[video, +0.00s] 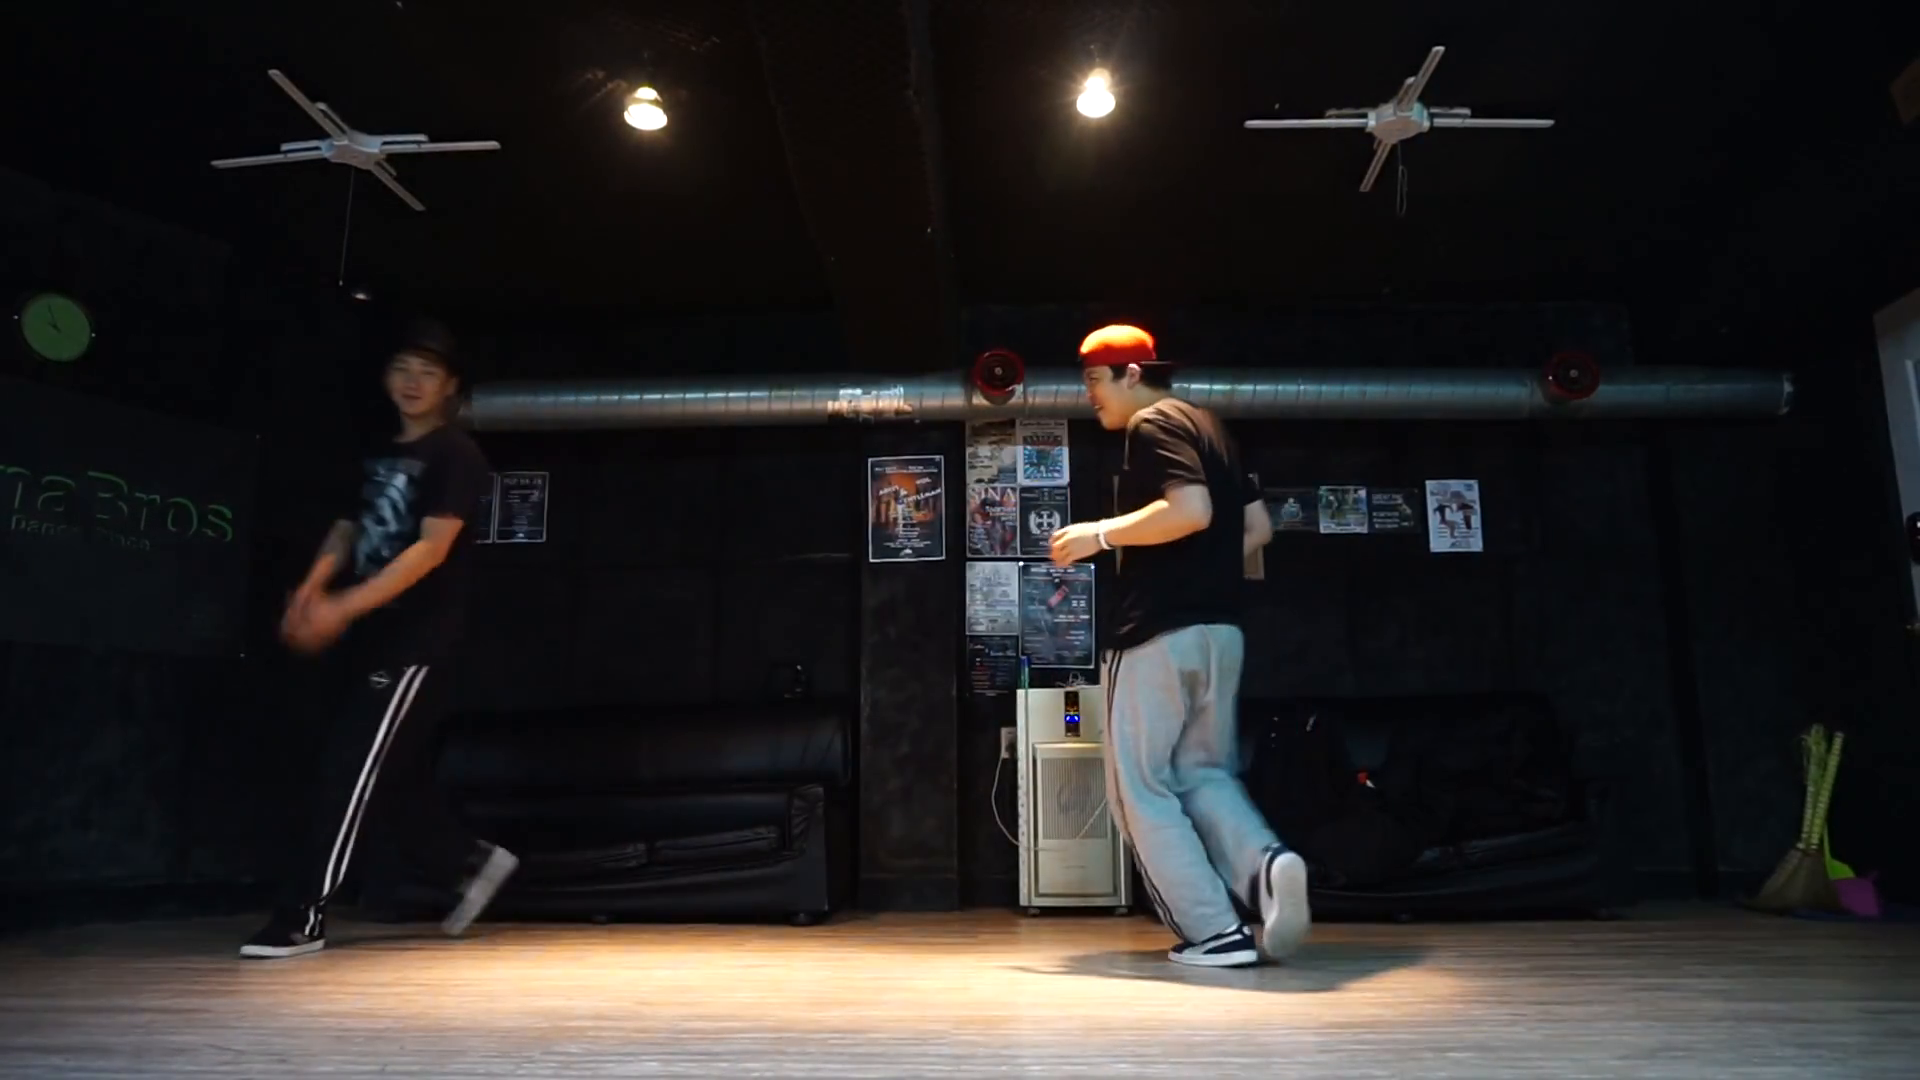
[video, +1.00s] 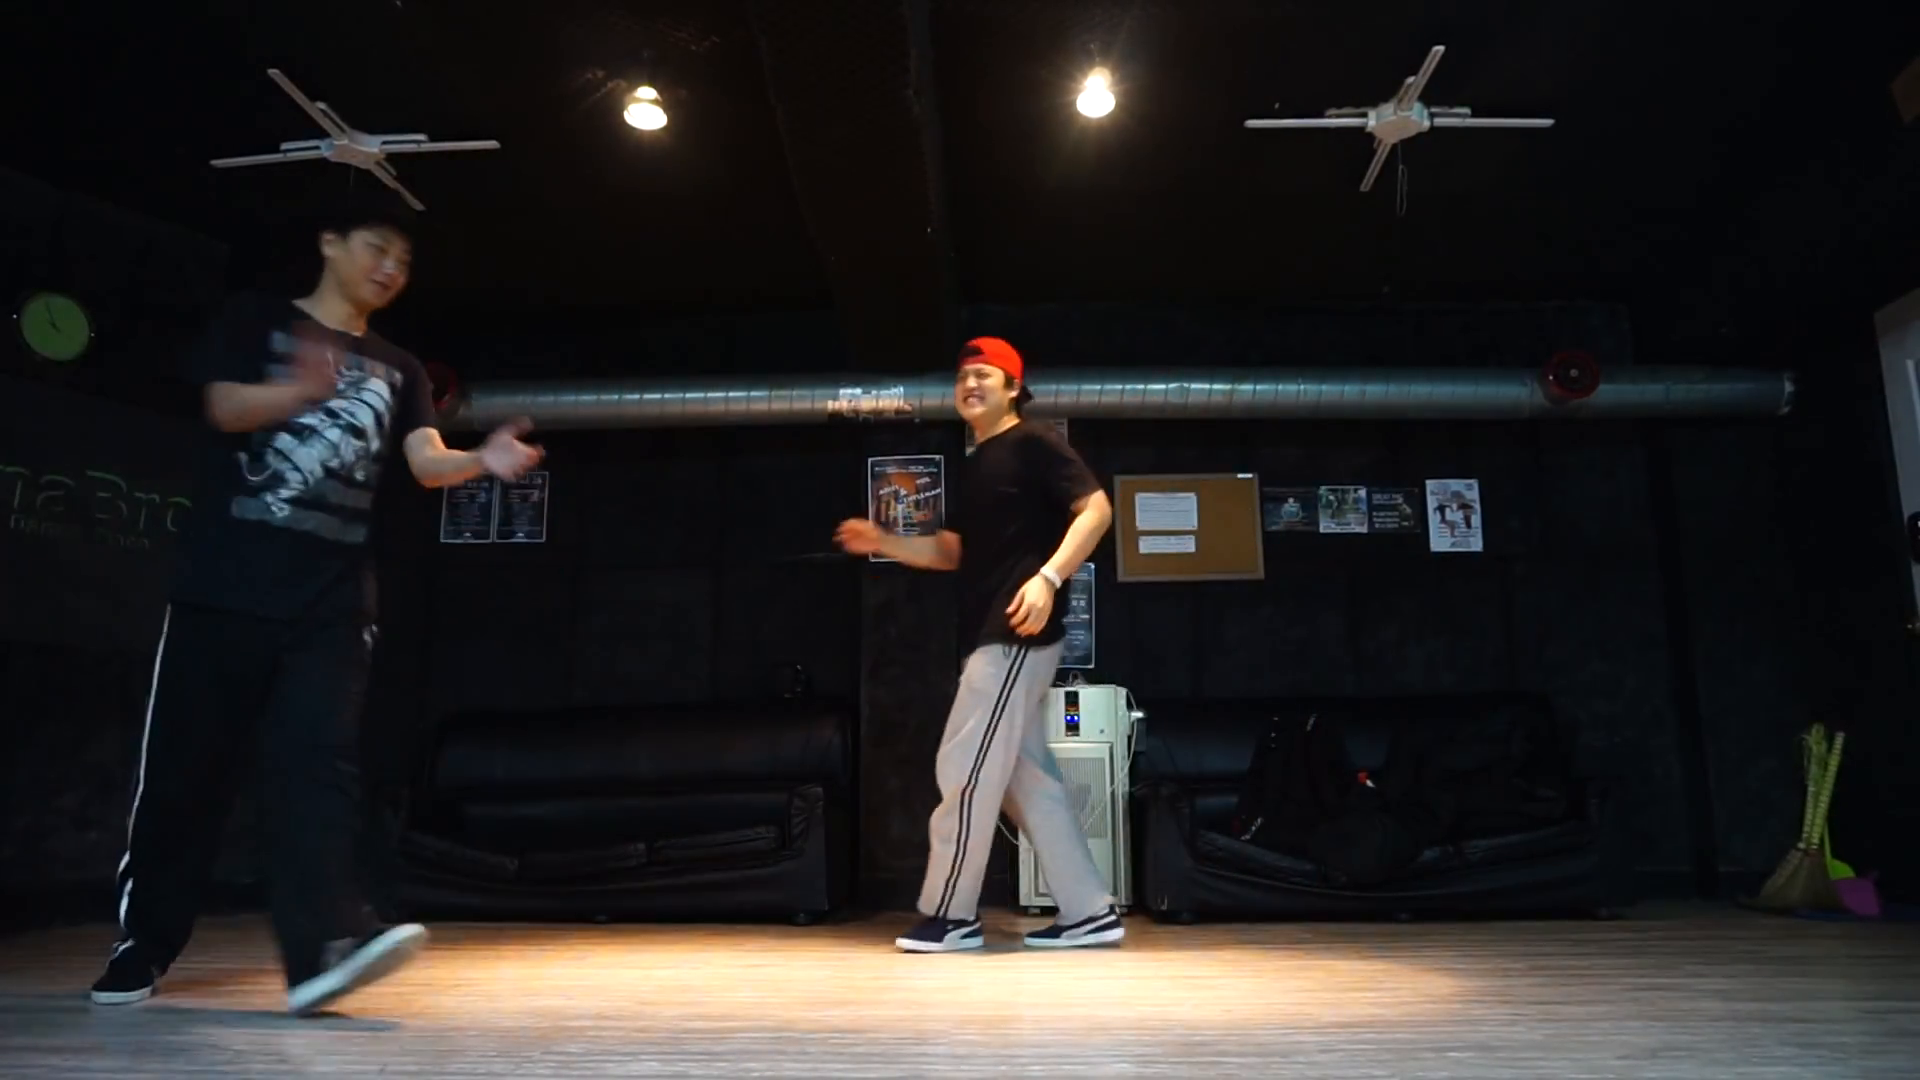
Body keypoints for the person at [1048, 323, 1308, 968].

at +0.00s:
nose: (1090, 395)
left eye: (1094, 381)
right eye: (1088, 382)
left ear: (1126, 374)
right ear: (1148, 374)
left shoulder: (1152, 423)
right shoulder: (1209, 424)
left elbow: (1187, 510)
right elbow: (1255, 526)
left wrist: (1099, 533)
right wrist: (1185, 549)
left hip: (1159, 635)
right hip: (1220, 630)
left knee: (1141, 788)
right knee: (1205, 770)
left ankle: (1216, 936)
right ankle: (1263, 869)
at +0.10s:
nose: (1081, 392)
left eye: (1087, 378)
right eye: (1080, 380)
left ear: (1119, 372)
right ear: (1131, 373)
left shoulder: (1146, 423)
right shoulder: (1191, 423)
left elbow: (1180, 506)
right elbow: (1243, 524)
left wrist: (1088, 530)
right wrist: (1174, 560)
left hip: (1153, 634)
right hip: (1203, 629)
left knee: (1134, 788)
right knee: (1163, 770)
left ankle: (1216, 935)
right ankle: (1237, 885)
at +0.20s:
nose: (1068, 380)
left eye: (1076, 368)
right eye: (1068, 369)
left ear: (1112, 367)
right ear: (1117, 372)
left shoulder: (1132, 413)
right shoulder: (1166, 417)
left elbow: (1165, 490)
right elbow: (1228, 510)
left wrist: (1068, 518)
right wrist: (1157, 552)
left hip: (1146, 620)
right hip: (1178, 616)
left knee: (1144, 781)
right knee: (1120, 776)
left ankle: (1219, 930)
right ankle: (1154, 913)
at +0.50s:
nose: (1026, 406)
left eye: (1037, 394)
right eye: (1023, 397)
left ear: (1071, 395)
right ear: (1035, 405)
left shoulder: (1084, 435)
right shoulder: (1101, 441)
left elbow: (1111, 494)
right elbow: (1166, 528)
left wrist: (1025, 534)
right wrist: (1099, 564)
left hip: (1105, 645)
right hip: (1091, 643)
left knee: (1085, 787)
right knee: (1061, 782)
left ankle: (1200, 892)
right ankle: (1090, 923)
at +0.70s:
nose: (1002, 415)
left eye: (1014, 404)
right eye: (997, 407)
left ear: (1047, 409)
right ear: (995, 418)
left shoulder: (1067, 454)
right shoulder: (1049, 466)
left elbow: (1109, 513)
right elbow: (1073, 549)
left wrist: (1048, 570)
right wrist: (1020, 562)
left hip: (1063, 646)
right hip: (1079, 647)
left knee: (994, 773)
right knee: (1035, 776)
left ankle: (1108, 878)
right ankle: (1086, 914)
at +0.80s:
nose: (992, 405)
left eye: (1004, 392)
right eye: (986, 396)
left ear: (1037, 399)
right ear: (984, 407)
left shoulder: (1058, 448)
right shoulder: (1033, 460)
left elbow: (1111, 508)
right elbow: (1038, 553)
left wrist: (1057, 570)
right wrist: (977, 548)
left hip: (1046, 643)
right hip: (1057, 643)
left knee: (978, 765)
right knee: (1044, 778)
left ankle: (1045, 904)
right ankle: (1093, 916)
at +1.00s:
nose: (970, 385)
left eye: (983, 376)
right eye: (964, 377)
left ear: (1012, 390)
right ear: (957, 393)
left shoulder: (1035, 444)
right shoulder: (973, 465)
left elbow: (1097, 509)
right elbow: (952, 552)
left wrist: (1049, 578)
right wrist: (883, 541)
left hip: (1019, 634)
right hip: (993, 636)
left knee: (966, 766)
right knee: (1025, 774)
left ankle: (950, 917)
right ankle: (1089, 912)